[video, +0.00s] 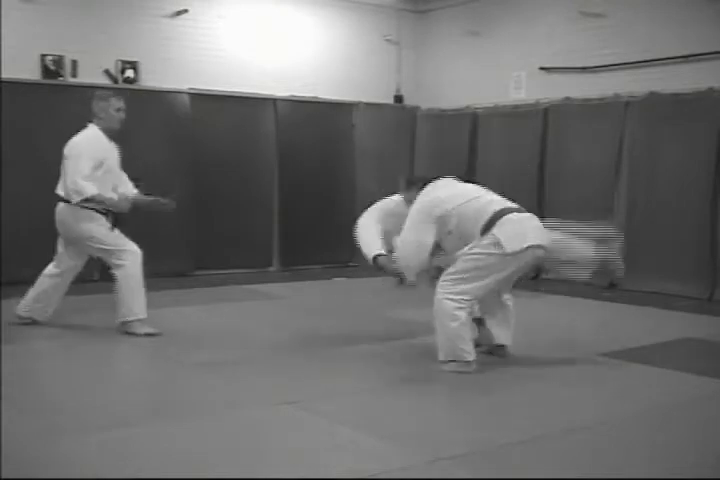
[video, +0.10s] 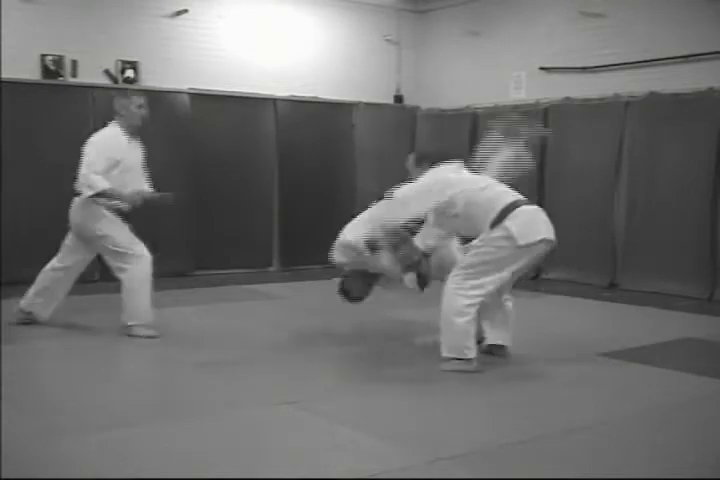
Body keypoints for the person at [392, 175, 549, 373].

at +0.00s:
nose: (410, 206)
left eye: (410, 201)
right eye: (408, 201)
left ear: (416, 191)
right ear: (430, 184)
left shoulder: (427, 199)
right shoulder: (460, 189)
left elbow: (411, 256)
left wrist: (409, 275)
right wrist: (440, 265)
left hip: (507, 237)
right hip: (536, 235)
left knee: (450, 290)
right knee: (494, 290)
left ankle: (459, 360)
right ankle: (498, 344)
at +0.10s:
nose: (411, 176)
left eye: (412, 170)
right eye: (411, 171)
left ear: (422, 166)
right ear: (439, 164)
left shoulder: (435, 180)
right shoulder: (460, 179)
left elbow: (392, 207)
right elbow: (436, 230)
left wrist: (354, 232)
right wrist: (413, 251)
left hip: (514, 230)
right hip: (540, 230)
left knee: (460, 284)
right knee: (495, 285)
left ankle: (460, 356)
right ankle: (497, 343)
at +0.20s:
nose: (418, 160)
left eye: (420, 155)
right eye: (418, 156)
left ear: (430, 151)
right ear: (442, 148)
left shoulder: (443, 163)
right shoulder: (461, 170)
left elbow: (402, 183)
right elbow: (435, 225)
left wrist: (365, 198)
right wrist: (422, 261)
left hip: (518, 225)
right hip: (538, 224)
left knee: (468, 279)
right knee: (492, 277)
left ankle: (463, 355)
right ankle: (496, 339)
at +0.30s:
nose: (423, 145)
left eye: (426, 139)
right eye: (423, 139)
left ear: (440, 138)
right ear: (450, 137)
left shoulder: (454, 155)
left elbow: (417, 175)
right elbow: (436, 209)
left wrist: (377, 178)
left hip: (517, 222)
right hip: (533, 220)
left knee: (475, 282)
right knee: (494, 276)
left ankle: (465, 356)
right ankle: (495, 328)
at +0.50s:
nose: (449, 126)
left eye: (453, 120)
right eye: (450, 120)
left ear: (469, 122)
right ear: (469, 123)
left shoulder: (481, 149)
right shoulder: (475, 148)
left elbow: (467, 203)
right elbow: (459, 192)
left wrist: (429, 212)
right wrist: (431, 206)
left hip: (524, 225)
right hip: (509, 228)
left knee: (496, 282)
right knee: (489, 278)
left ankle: (535, 343)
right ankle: (498, 332)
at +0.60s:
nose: (457, 120)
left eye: (462, 114)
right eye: (459, 114)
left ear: (477, 117)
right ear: (481, 117)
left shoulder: (487, 148)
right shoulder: (496, 140)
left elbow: (487, 198)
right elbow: (485, 193)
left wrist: (480, 242)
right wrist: (474, 227)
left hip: (531, 223)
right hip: (515, 224)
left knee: (514, 285)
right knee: (495, 273)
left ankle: (552, 350)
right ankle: (500, 327)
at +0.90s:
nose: (483, 125)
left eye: (488, 119)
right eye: (484, 119)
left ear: (503, 122)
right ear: (500, 123)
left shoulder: (522, 154)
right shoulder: (496, 155)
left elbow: (530, 207)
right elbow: (490, 196)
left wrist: (505, 231)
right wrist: (483, 217)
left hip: (554, 226)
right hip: (532, 228)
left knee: (533, 282)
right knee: (515, 270)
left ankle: (554, 352)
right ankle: (541, 326)